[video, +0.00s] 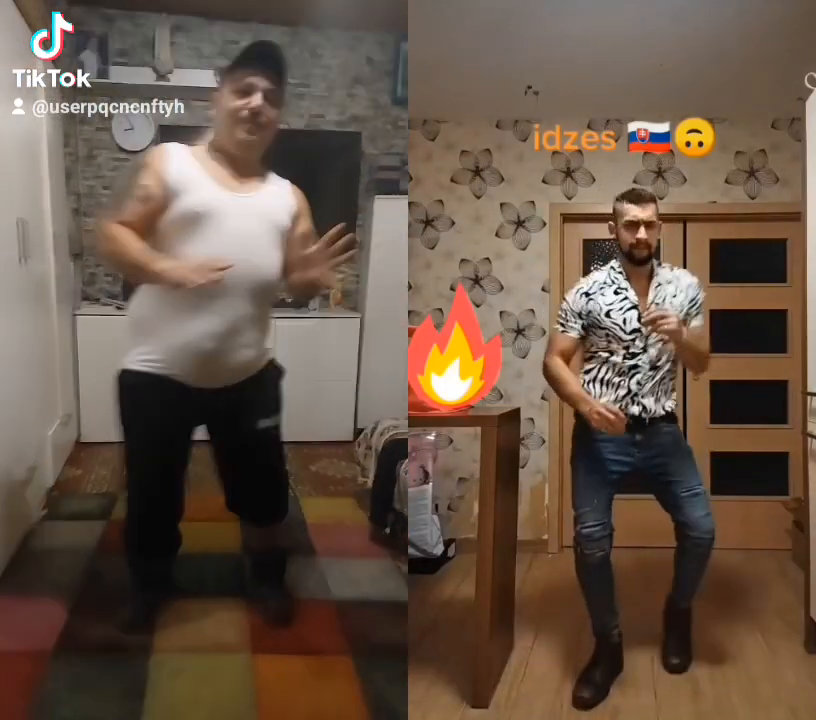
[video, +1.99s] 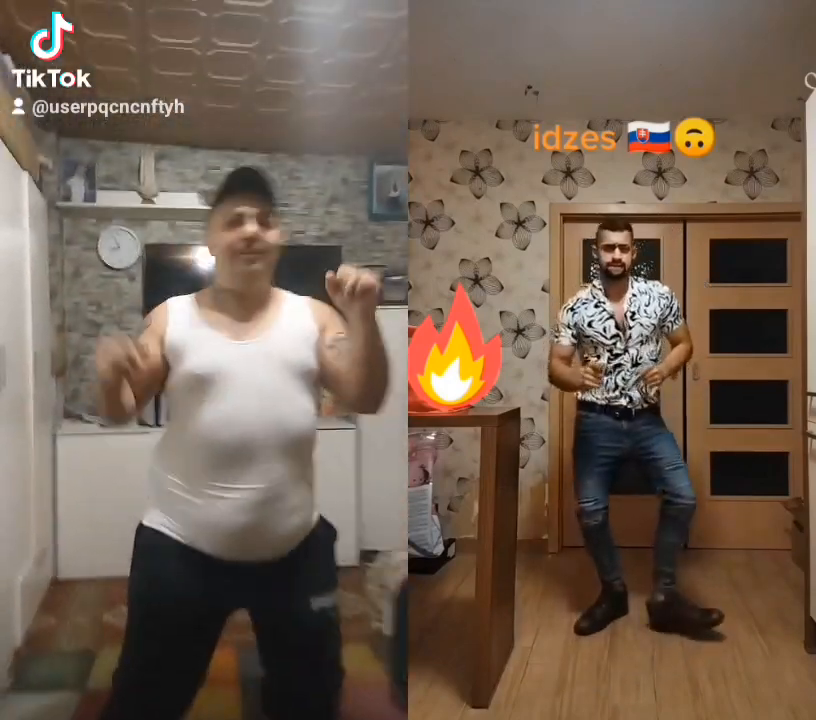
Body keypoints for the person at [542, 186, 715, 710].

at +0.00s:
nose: (641, 234)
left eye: (649, 225)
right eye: (631, 226)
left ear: (660, 229)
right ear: (614, 230)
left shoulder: (682, 285)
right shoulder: (588, 292)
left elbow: (701, 363)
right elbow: (555, 361)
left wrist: (680, 336)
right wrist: (584, 403)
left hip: (661, 434)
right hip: (599, 436)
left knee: (701, 531)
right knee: (590, 543)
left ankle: (679, 614)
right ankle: (607, 648)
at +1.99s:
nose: (616, 255)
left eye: (624, 248)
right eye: (609, 248)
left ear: (634, 252)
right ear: (596, 252)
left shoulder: (658, 296)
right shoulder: (577, 306)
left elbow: (684, 344)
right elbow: (556, 366)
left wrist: (665, 368)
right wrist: (577, 377)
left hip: (648, 421)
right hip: (598, 423)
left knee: (681, 499)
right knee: (590, 510)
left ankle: (664, 598)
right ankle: (613, 595)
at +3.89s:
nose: (633, 287)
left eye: (638, 281)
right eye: (626, 280)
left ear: (643, 281)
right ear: (609, 279)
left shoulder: (656, 312)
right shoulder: (583, 317)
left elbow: (678, 357)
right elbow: (563, 366)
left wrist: (682, 365)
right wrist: (572, 381)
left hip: (657, 420)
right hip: (608, 422)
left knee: (677, 490)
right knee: (581, 494)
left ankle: (654, 579)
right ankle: (604, 568)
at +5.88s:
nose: (662, 273)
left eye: (668, 267)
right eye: (656, 267)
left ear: (678, 271)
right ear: (645, 272)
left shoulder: (692, 317)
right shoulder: (623, 312)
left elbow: (712, 365)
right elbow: (604, 358)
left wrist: (703, 364)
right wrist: (618, 377)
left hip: (678, 415)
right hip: (633, 416)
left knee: (684, 488)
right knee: (609, 483)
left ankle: (672, 563)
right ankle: (629, 574)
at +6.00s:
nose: (661, 270)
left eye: (667, 264)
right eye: (655, 265)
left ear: (678, 268)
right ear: (646, 271)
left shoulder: (697, 312)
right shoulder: (626, 310)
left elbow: (719, 365)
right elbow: (603, 356)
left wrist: (703, 349)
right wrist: (611, 375)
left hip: (679, 413)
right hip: (633, 411)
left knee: (686, 487)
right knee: (605, 478)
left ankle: (673, 563)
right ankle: (624, 569)